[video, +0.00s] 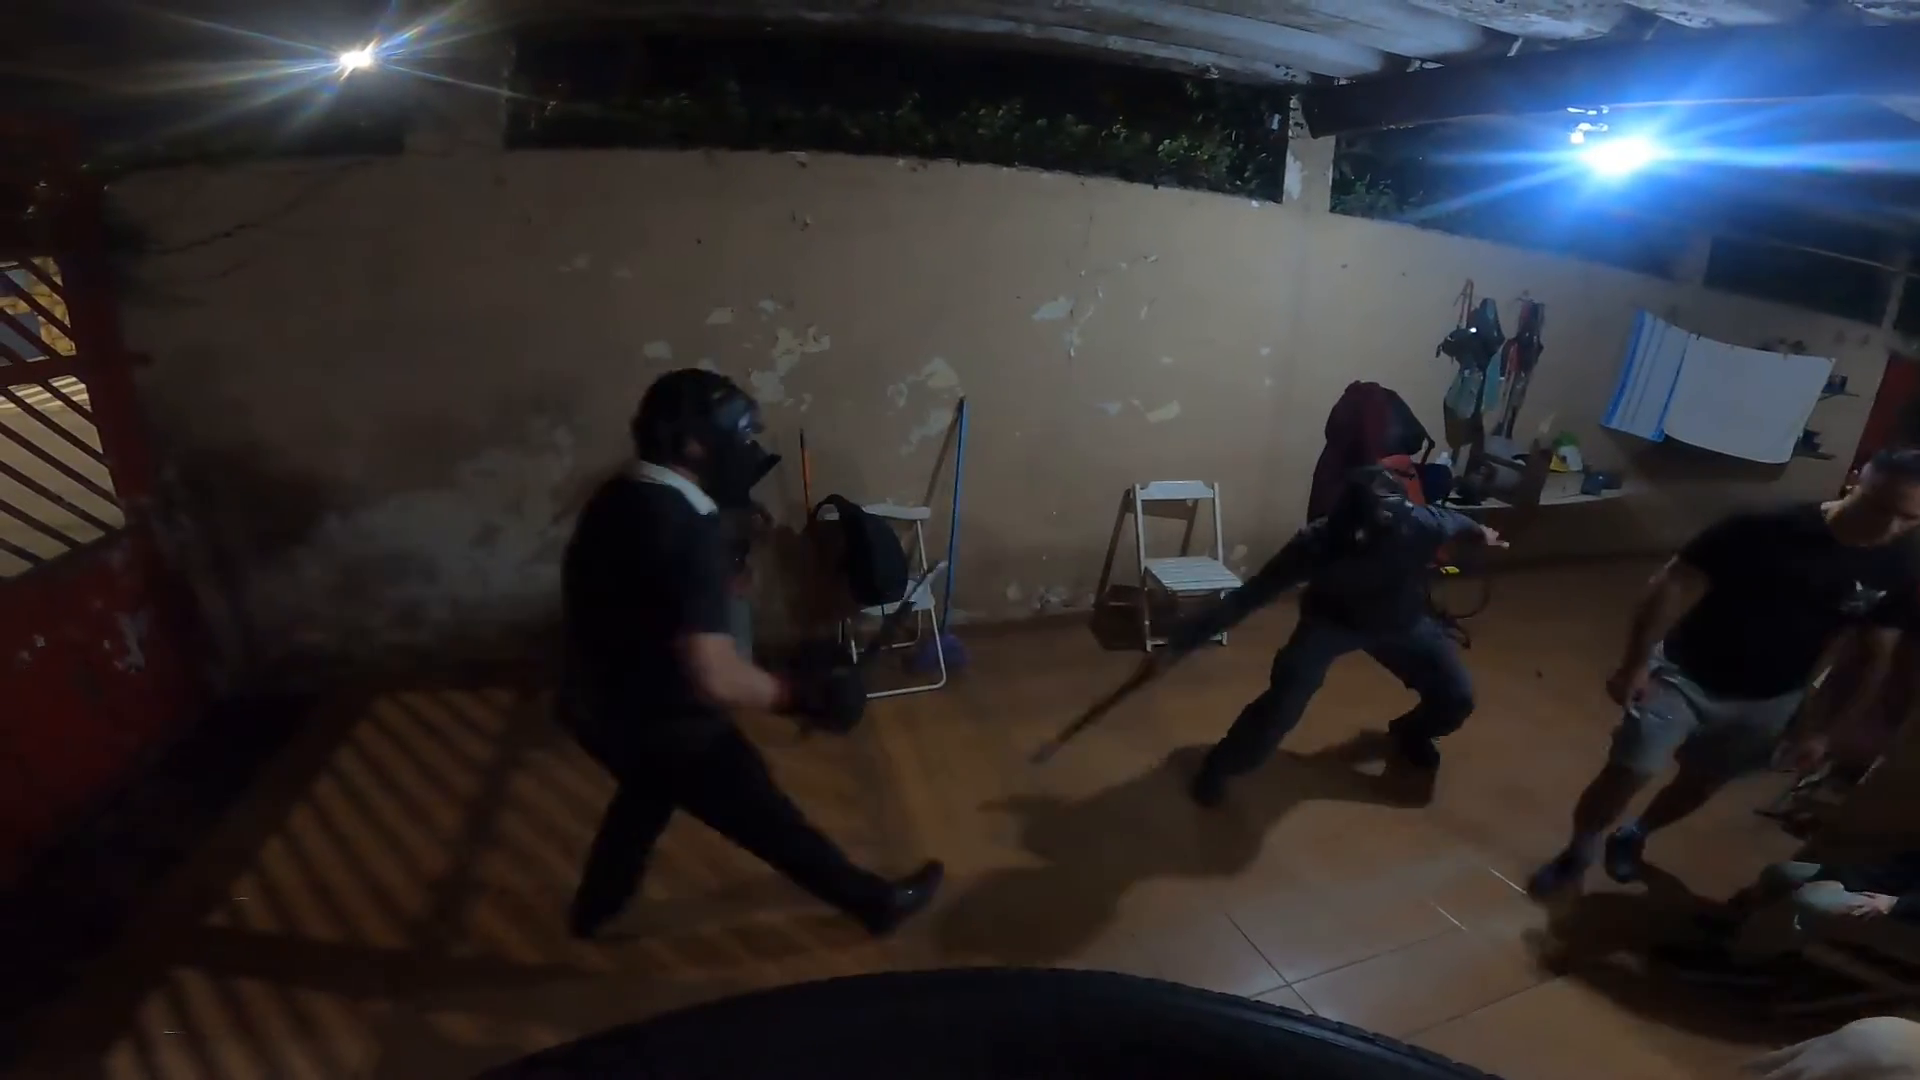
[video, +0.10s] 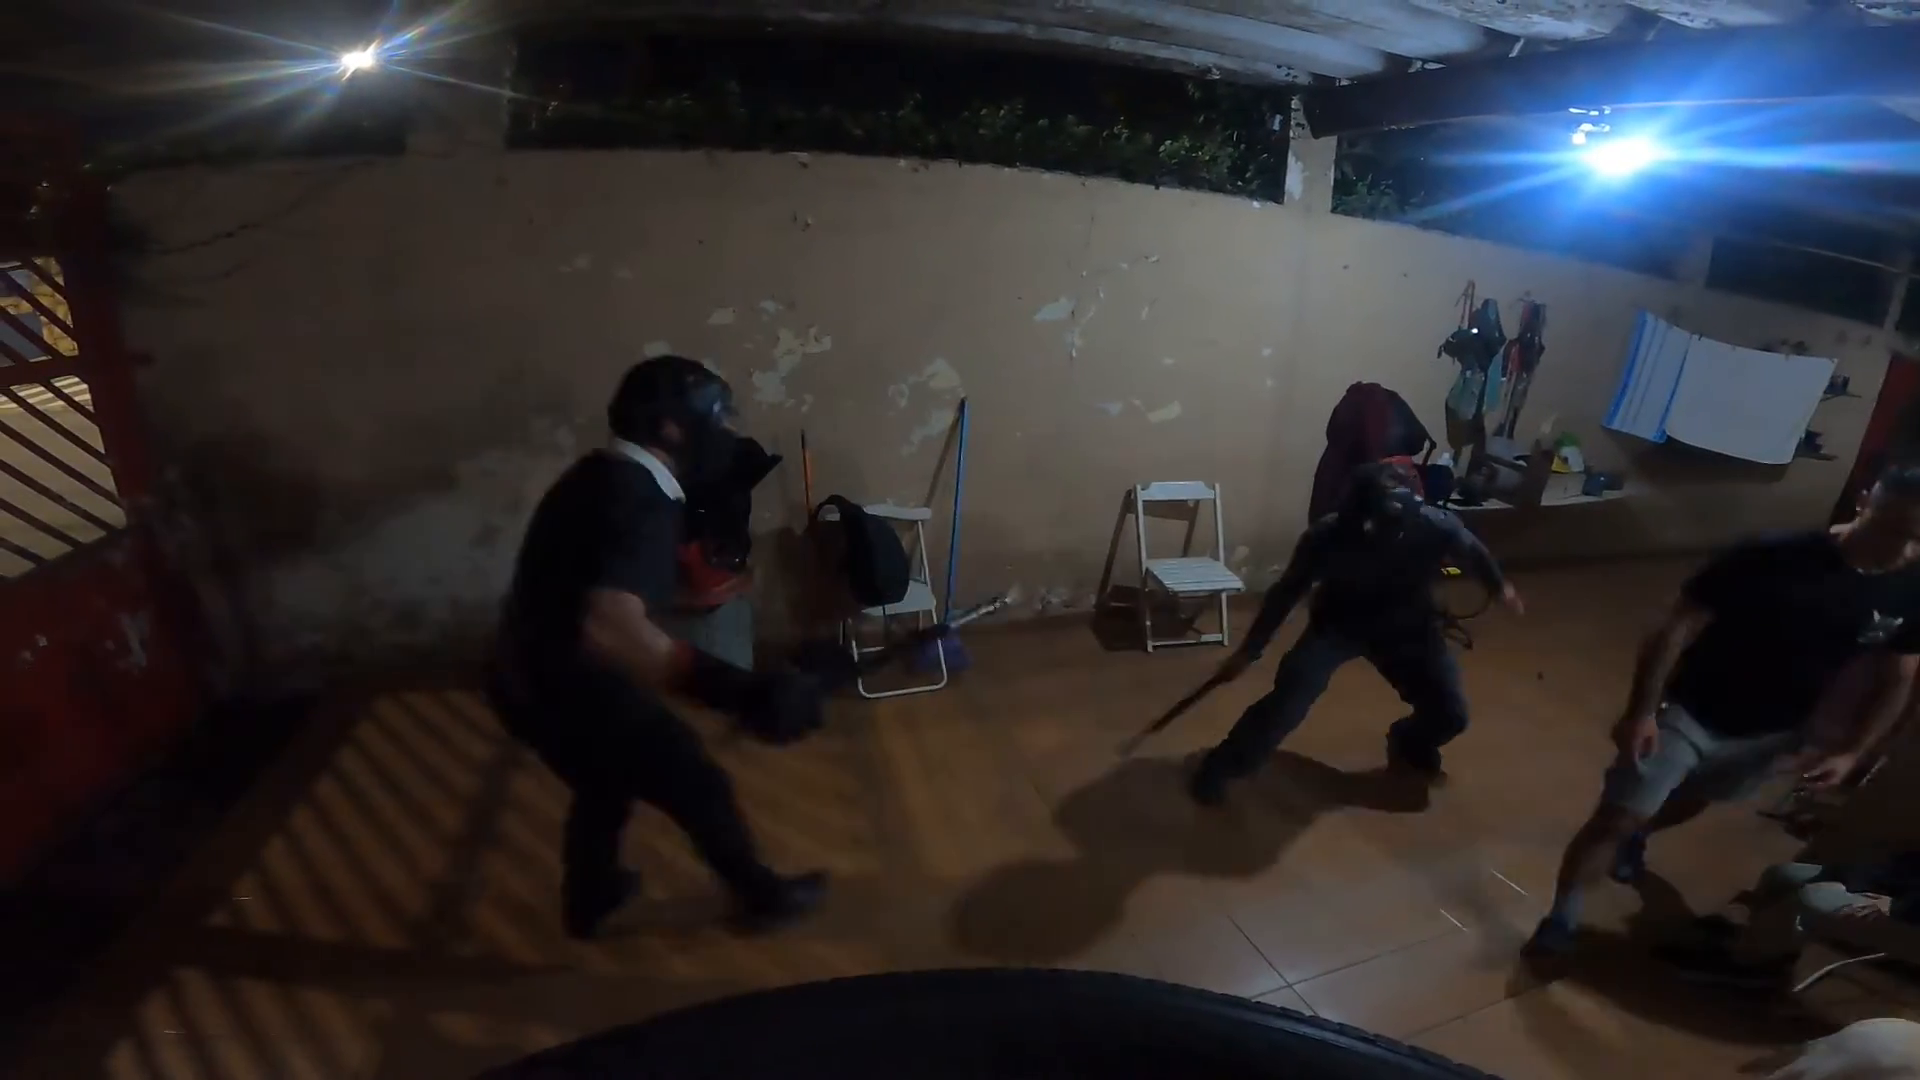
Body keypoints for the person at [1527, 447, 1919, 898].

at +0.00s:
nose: (1892, 527)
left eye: (1906, 519)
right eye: (1886, 509)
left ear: (1915, 522)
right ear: (1855, 487)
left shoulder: (1892, 574)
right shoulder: (1768, 530)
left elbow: (1874, 658)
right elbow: (1672, 584)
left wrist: (1824, 731)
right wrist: (1633, 663)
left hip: (1765, 704)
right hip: (1684, 678)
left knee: (1698, 785)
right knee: (1630, 771)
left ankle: (1633, 837)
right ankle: (1575, 857)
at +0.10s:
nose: (1906, 551)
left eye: (1916, 539)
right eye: (1900, 531)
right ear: (1867, 503)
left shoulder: (1901, 597)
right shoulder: (1773, 558)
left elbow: (1900, 680)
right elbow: (1676, 626)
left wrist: (1853, 754)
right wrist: (1642, 711)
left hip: (1768, 736)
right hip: (1688, 714)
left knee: (1693, 801)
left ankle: (1633, 836)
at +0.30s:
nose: (1918, 568)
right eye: (1914, 548)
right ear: (1886, 529)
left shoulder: (1906, 633)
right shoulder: (1780, 592)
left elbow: (1908, 728)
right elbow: (1688, 677)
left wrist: (1868, 804)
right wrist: (1655, 779)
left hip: (1770, 791)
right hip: (1682, 763)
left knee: (1687, 870)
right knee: (1612, 877)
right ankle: (1561, 950)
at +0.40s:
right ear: (1911, 548)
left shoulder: (1911, 642)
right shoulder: (1810, 591)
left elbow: (1908, 732)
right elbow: (1697, 682)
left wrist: (1877, 810)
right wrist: (1681, 792)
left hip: (1781, 803)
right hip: (1684, 762)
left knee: (1716, 909)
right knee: (1595, 872)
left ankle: (1621, 908)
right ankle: (1559, 950)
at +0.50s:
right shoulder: (1828, 596)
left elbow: (1910, 739)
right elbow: (1697, 689)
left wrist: (1890, 813)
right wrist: (1691, 805)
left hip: (1791, 821)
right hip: (1693, 771)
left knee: (1691, 948)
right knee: (1597, 883)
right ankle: (1567, 953)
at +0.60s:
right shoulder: (1839, 616)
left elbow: (1912, 779)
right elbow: (1680, 710)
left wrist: (1899, 844)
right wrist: (1682, 831)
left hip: (1794, 857)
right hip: (1698, 802)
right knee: (1593, 898)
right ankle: (1569, 956)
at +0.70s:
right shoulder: (1847, 650)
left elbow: (1912, 837)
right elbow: (1667, 746)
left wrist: (1901, 909)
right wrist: (1637, 865)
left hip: (1791, 919)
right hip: (1689, 854)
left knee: (1662, 1046)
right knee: (1585, 926)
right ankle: (1562, 970)